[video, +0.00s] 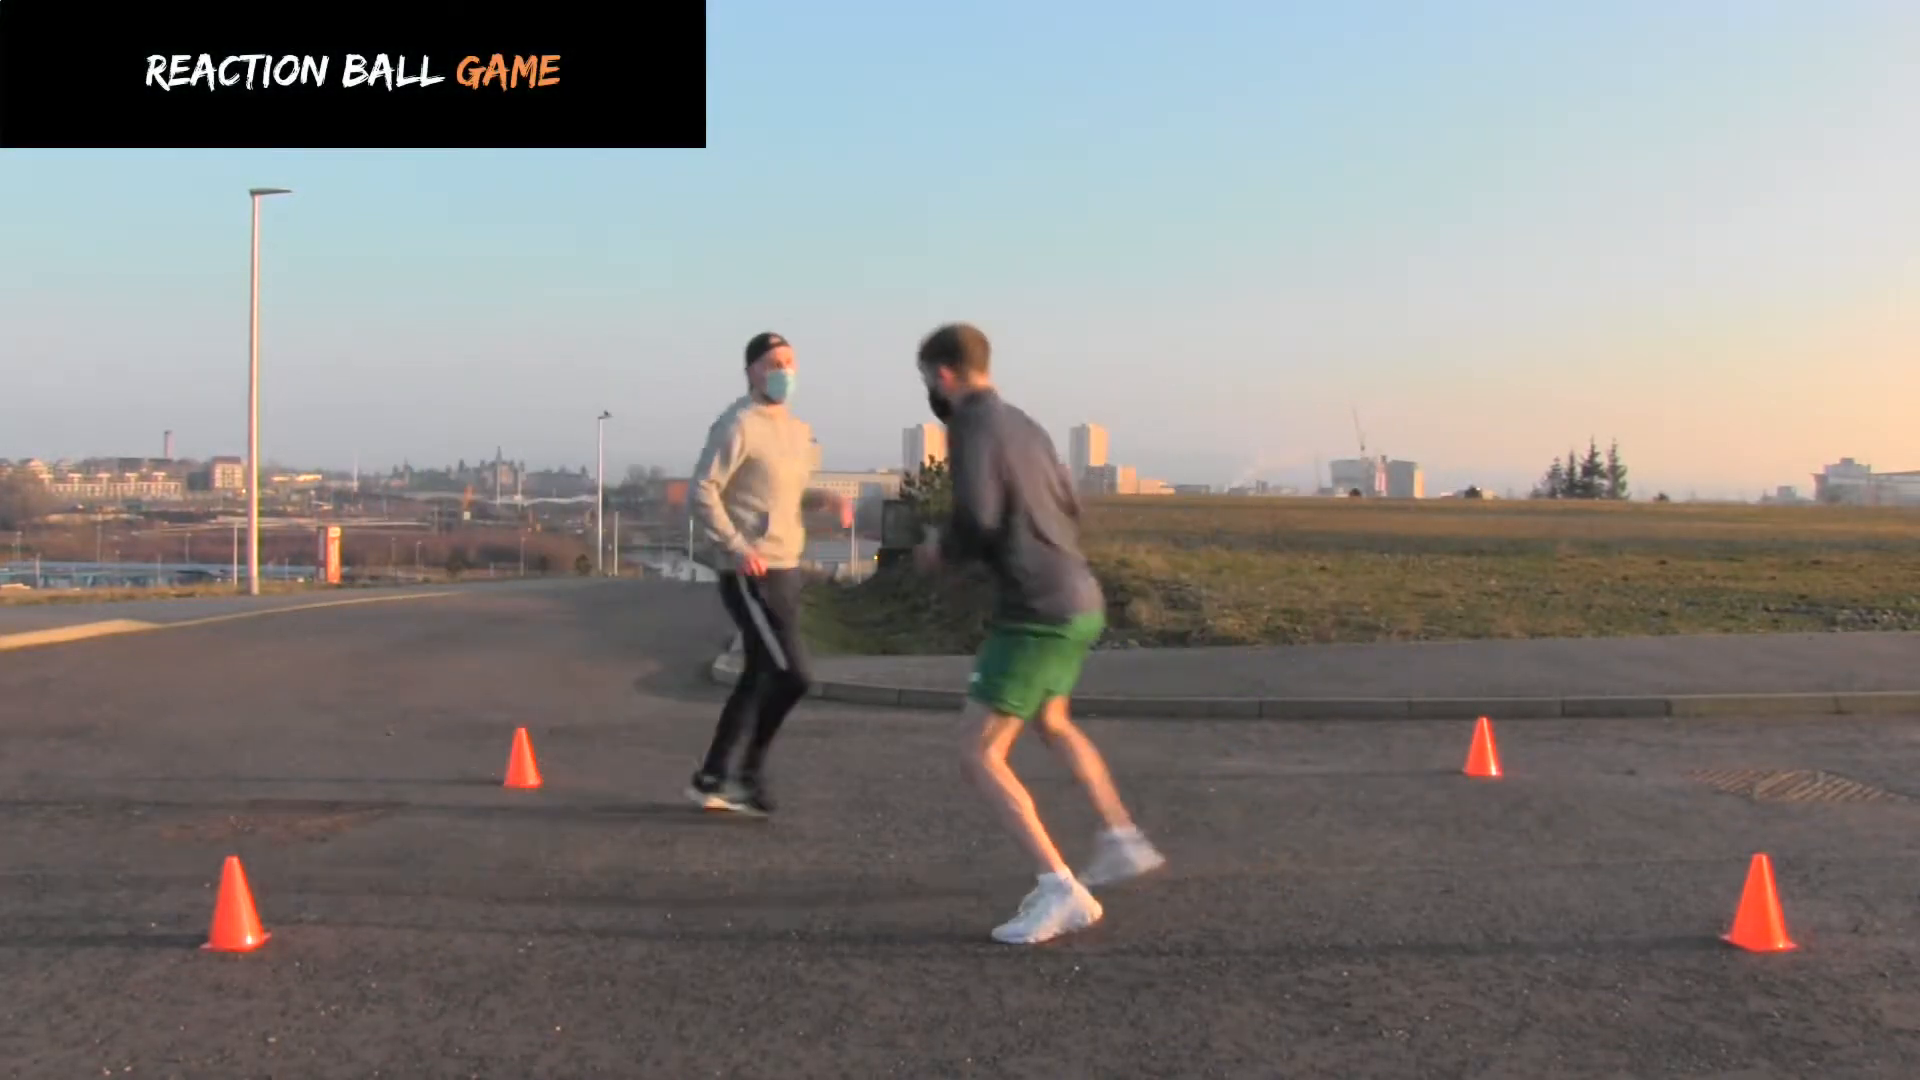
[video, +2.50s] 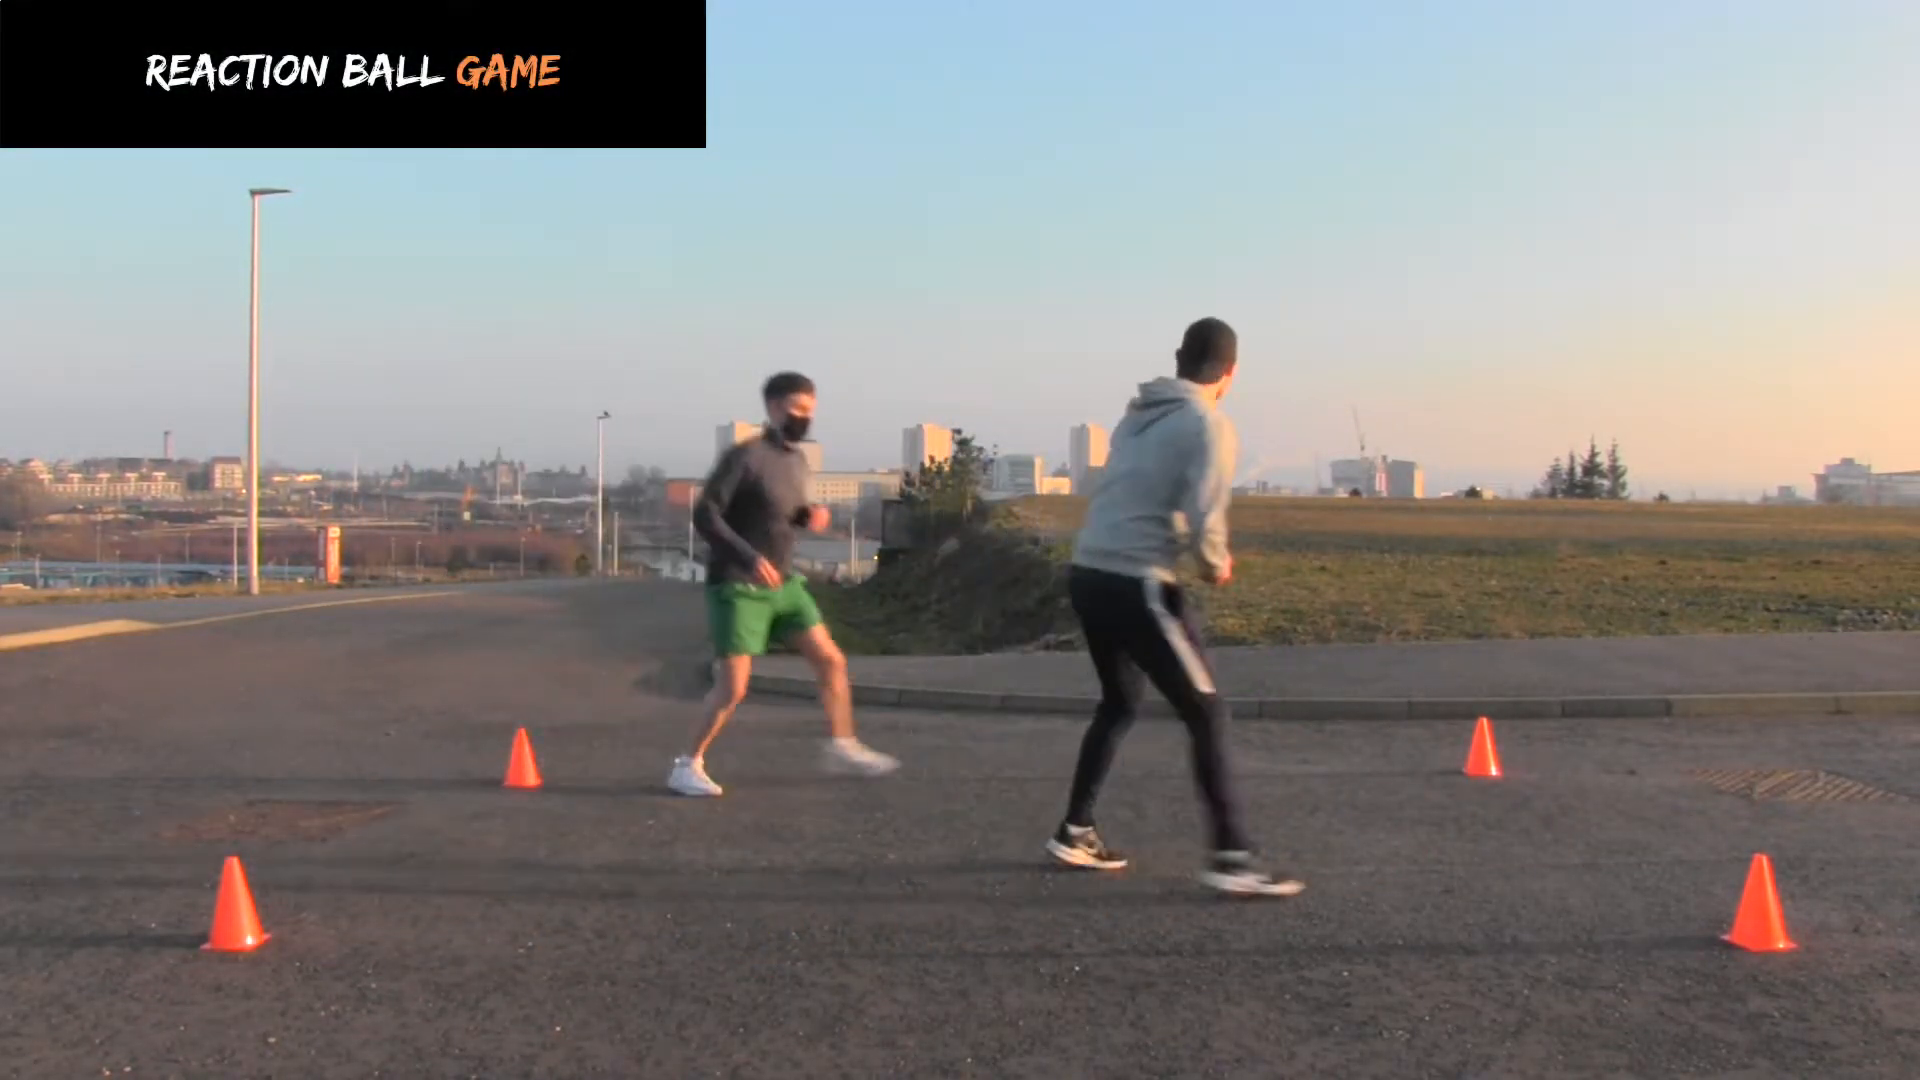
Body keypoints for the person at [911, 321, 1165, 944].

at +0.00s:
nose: (928, 389)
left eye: (928, 378)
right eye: (927, 378)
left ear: (945, 373)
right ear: (983, 368)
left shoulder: (973, 423)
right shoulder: (1024, 423)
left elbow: (979, 521)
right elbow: (1068, 500)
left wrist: (941, 550)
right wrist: (1012, 529)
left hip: (1039, 609)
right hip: (1081, 604)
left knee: (981, 754)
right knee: (1053, 718)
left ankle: (1060, 886)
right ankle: (1122, 837)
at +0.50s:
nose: (825, 324)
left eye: (819, 313)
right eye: (819, 313)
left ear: (766, 324)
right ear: (802, 323)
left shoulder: (722, 381)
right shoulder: (832, 394)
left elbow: (668, 449)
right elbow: (883, 480)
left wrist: (716, 490)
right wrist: (930, 444)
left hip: (719, 569)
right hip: (796, 577)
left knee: (688, 708)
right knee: (800, 728)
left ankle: (671, 838)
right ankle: (806, 880)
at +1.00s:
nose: (627, 342)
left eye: (626, 331)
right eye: (621, 331)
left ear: (572, 332)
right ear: (594, 331)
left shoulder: (527, 389)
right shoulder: (600, 391)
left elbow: (486, 463)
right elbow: (594, 476)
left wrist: (547, 491)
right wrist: (659, 527)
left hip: (515, 570)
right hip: (576, 573)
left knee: (521, 706)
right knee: (607, 708)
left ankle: (469, 831)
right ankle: (542, 844)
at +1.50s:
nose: (576, 402)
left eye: (579, 393)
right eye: (571, 391)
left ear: (542, 387)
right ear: (539, 384)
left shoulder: (518, 430)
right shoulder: (518, 438)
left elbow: (505, 498)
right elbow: (481, 513)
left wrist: (549, 500)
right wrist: (539, 565)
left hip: (477, 585)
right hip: (495, 588)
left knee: (487, 705)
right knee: (512, 704)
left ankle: (433, 807)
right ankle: (441, 816)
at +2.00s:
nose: (639, 447)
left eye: (642, 438)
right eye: (632, 438)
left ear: (636, 436)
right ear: (604, 433)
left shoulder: (611, 484)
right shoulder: (575, 484)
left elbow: (591, 539)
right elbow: (541, 553)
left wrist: (621, 548)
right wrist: (606, 595)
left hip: (582, 612)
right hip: (541, 617)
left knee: (638, 678)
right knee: (510, 716)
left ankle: (635, 768)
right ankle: (421, 793)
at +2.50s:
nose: (805, 419)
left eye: (810, 412)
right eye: (797, 410)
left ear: (813, 413)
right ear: (773, 407)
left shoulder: (797, 461)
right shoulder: (743, 456)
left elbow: (786, 514)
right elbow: (704, 513)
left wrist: (809, 518)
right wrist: (750, 558)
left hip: (784, 583)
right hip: (739, 586)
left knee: (831, 661)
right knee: (733, 687)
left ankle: (843, 744)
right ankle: (689, 763)